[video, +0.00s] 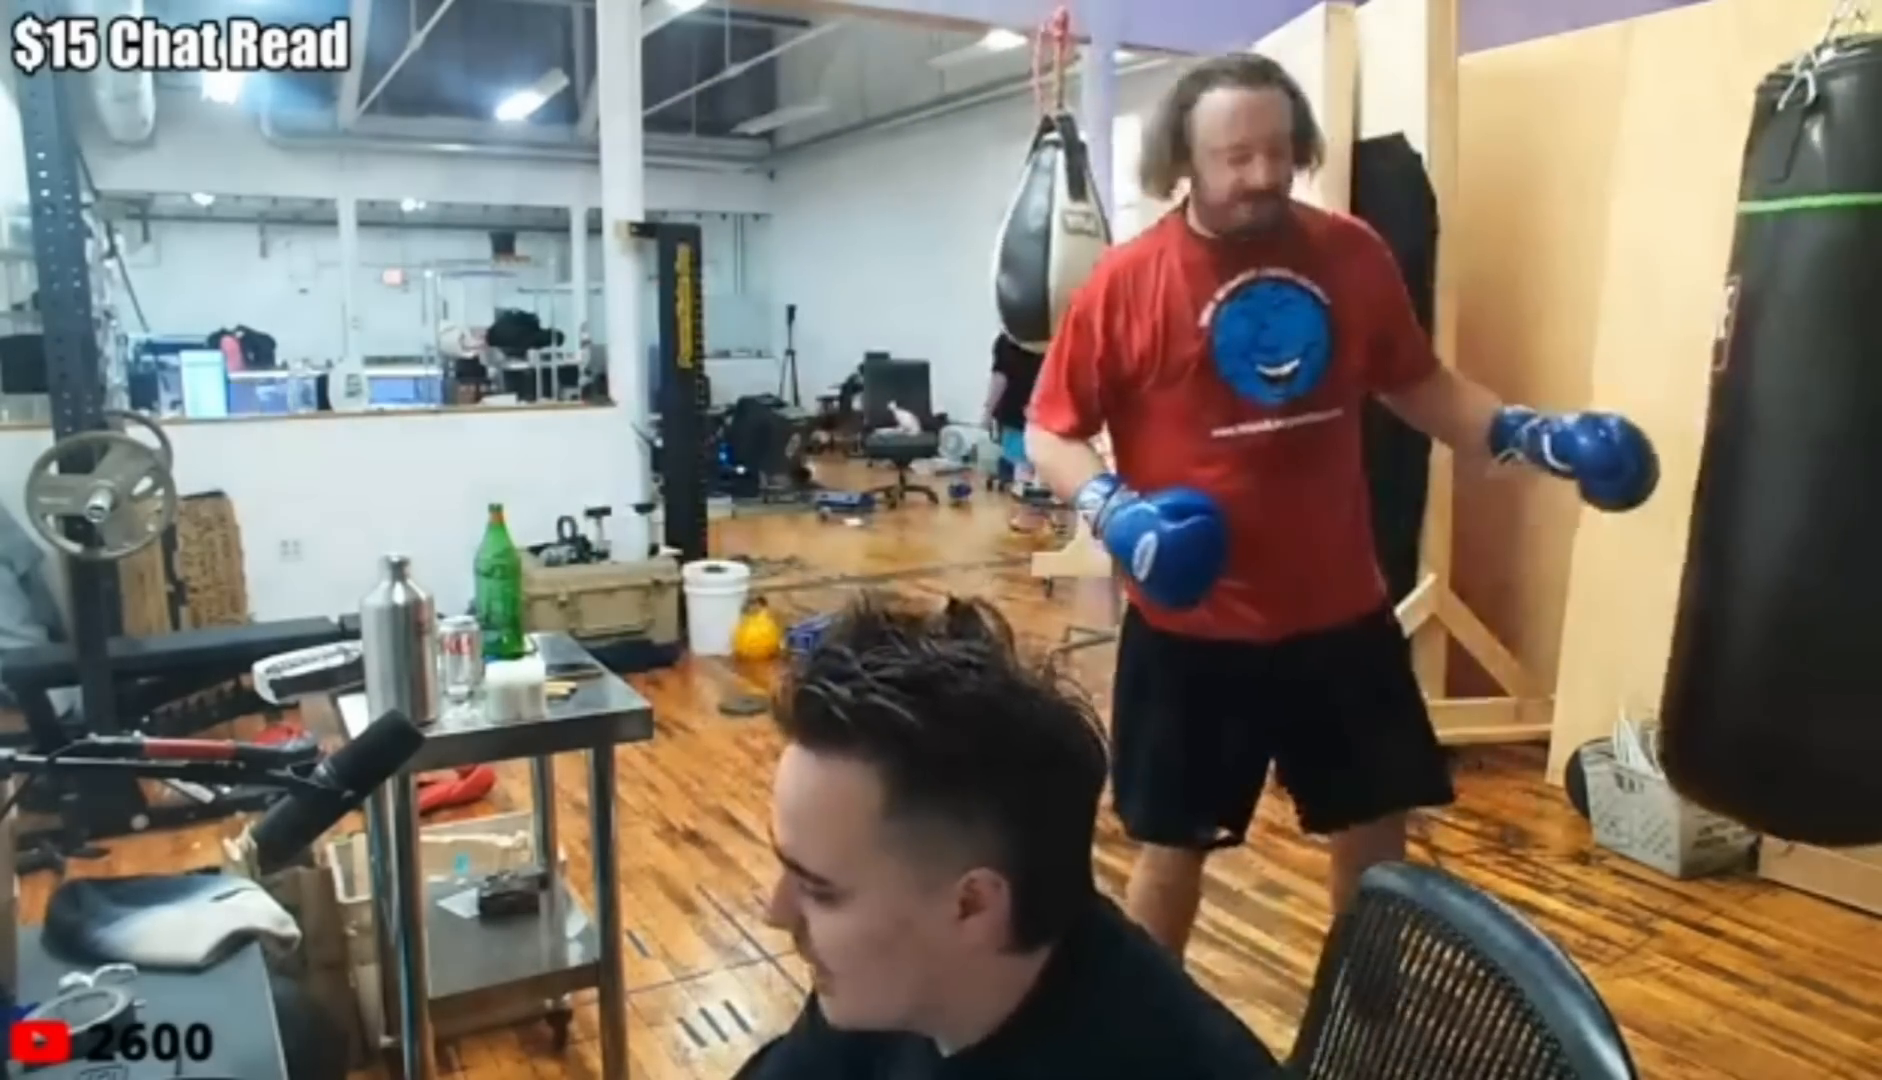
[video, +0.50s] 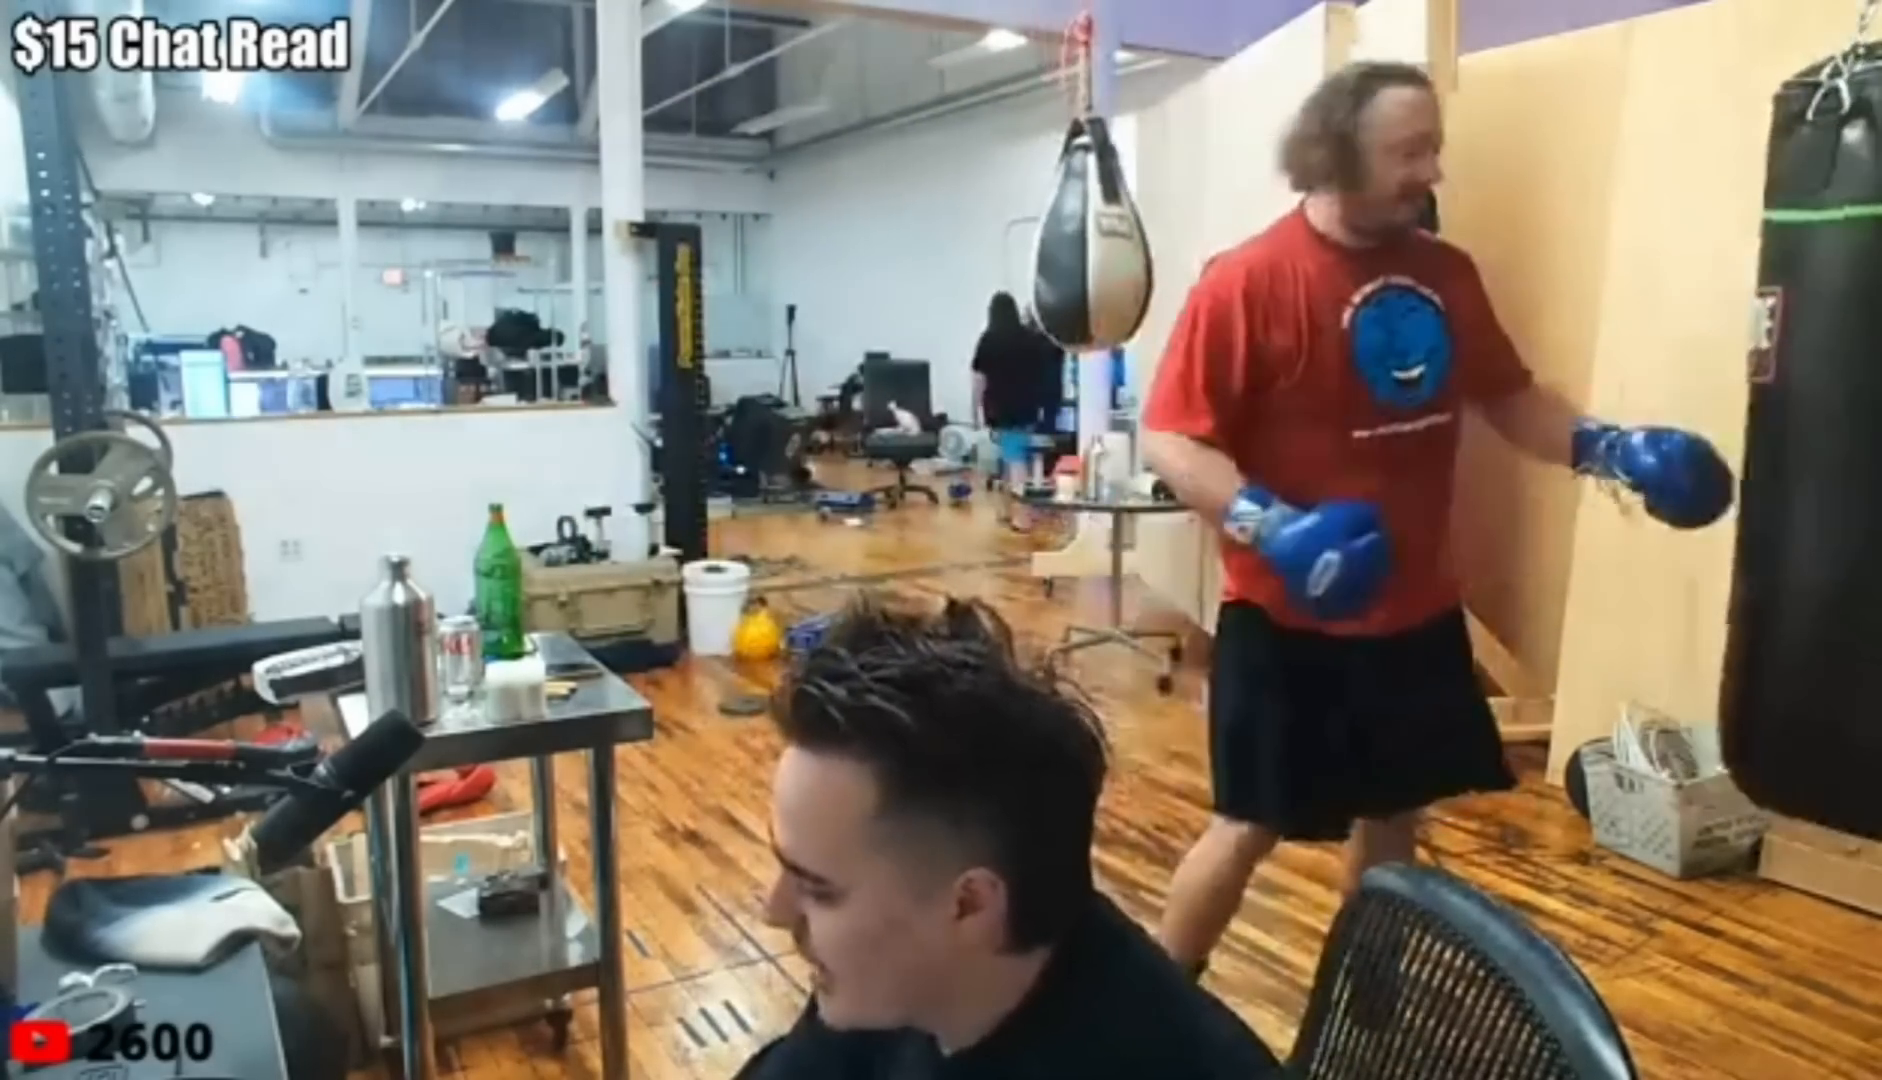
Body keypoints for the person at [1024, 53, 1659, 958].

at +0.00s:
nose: (1261, 176)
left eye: (1278, 153)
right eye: (1236, 156)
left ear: (1299, 154)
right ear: (1185, 162)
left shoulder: (1350, 255)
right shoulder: (1127, 282)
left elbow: (1422, 385)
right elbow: (1050, 431)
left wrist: (1538, 434)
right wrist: (1115, 512)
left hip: (1339, 620)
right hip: (1190, 630)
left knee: (1375, 842)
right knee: (1167, 863)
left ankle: (1377, 1044)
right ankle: (1139, 1054)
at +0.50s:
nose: (1432, 171)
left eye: (1436, 150)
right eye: (1410, 152)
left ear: (1436, 151)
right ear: (1336, 157)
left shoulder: (1445, 276)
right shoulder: (1245, 285)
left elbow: (1510, 401)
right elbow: (1171, 443)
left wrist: (1615, 450)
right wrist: (1272, 527)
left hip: (1413, 622)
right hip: (1283, 626)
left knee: (1392, 826)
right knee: (1247, 827)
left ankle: (1368, 1017)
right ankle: (1153, 1011)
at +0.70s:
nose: (1461, 170)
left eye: (1466, 149)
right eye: (1440, 150)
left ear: (1458, 149)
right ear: (1367, 149)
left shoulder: (1458, 272)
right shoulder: (1274, 277)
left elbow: (1489, 418)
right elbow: (1217, 442)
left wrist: (1538, 461)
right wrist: (1352, 501)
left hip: (1419, 615)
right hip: (1301, 617)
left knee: (1382, 817)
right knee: (1266, 826)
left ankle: (1370, 1014)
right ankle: (1175, 1008)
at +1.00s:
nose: (1416, 160)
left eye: (1429, 139)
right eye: (1390, 139)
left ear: (1441, 148)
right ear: (1327, 149)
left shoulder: (1447, 276)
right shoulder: (1247, 277)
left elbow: (1475, 412)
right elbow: (1179, 441)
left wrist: (1494, 484)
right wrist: (1299, 513)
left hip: (1400, 623)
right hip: (1275, 626)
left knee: (1375, 833)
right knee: (1250, 837)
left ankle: (1367, 1025)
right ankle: (1184, 1023)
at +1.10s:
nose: (1355, 160)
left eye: (1377, 138)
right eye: (1330, 139)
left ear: (1405, 152)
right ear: (1286, 155)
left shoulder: (1435, 272)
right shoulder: (1225, 278)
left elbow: (1461, 415)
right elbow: (1152, 441)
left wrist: (1484, 518)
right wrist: (1249, 527)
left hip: (1389, 622)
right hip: (1257, 626)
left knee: (1375, 838)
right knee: (1239, 844)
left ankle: (1369, 1029)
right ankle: (1184, 1031)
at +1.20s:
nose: (1319, 162)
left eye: (1342, 139)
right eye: (1295, 141)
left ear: (1376, 151)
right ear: (1259, 155)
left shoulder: (1423, 268)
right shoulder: (1203, 280)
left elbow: (1456, 418)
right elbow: (1131, 435)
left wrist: (1483, 533)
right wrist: (1200, 532)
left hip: (1378, 628)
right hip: (1240, 629)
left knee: (1376, 847)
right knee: (1219, 856)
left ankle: (1372, 1034)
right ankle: (1181, 1039)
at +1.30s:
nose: (1279, 154)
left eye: (1303, 131)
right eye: (1257, 132)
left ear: (1345, 146)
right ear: (1227, 146)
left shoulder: (1401, 264)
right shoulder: (1173, 278)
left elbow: (1442, 417)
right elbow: (1099, 423)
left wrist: (1483, 555)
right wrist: (1137, 529)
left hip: (1364, 628)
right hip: (1219, 633)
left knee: (1390, 847)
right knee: (1203, 856)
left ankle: (1379, 1040)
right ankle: (1179, 1042)